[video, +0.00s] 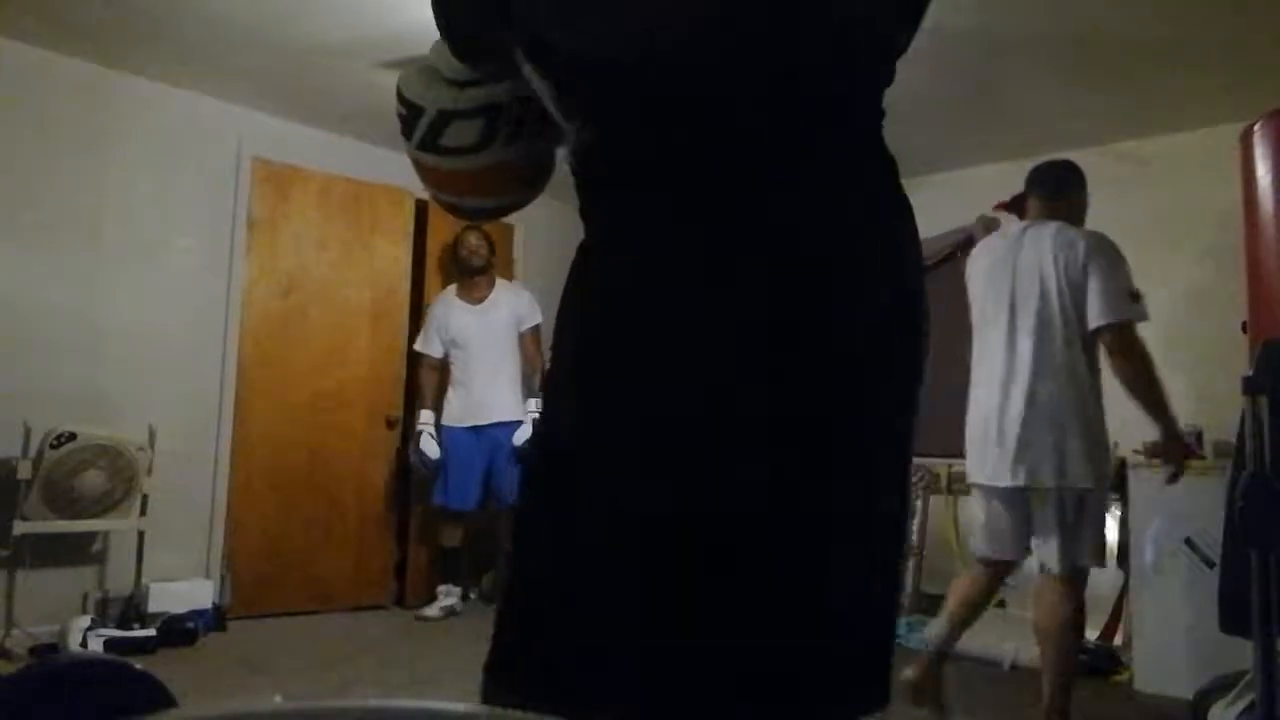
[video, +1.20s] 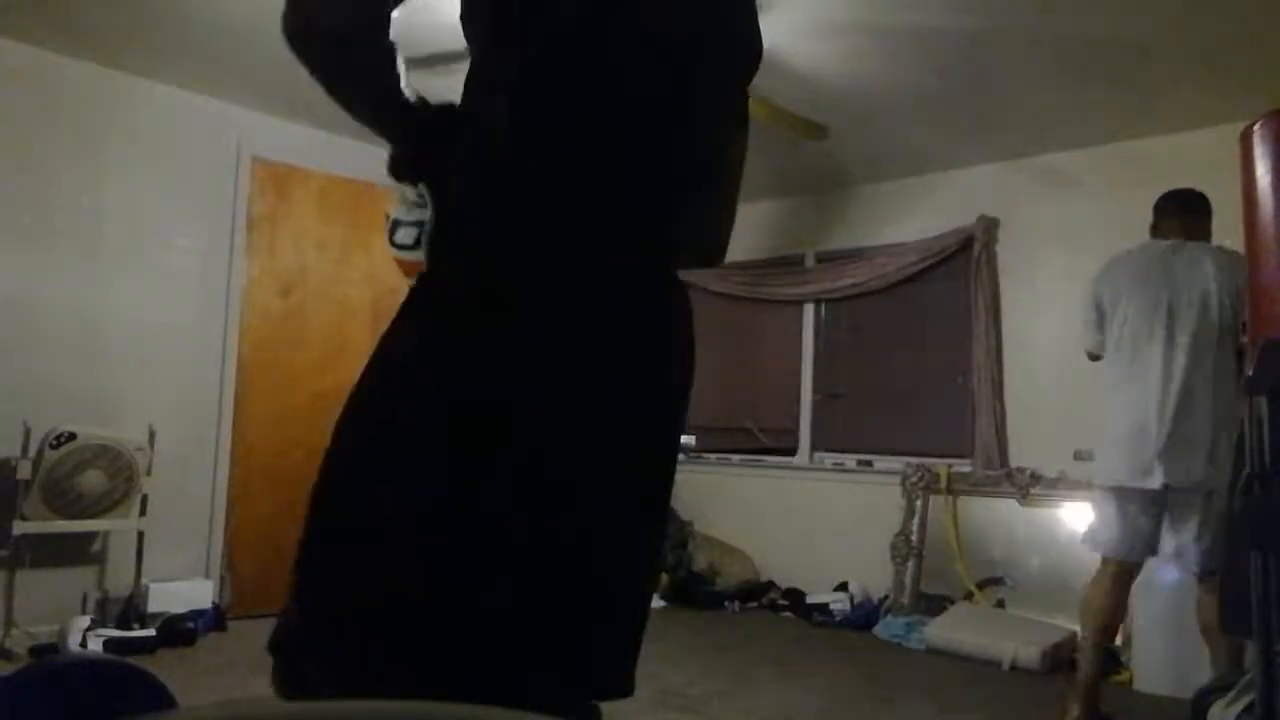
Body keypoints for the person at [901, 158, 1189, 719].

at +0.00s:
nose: (1082, 211)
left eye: (1078, 203)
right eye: (1082, 203)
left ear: (1025, 202)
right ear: (1077, 201)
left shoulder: (982, 255)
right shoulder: (1088, 248)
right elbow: (1119, 344)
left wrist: (1002, 230)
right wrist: (1168, 428)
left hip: (989, 438)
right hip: (1066, 442)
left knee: (994, 557)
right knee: (1064, 577)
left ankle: (925, 661)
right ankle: (1055, 706)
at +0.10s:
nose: (1100, 215)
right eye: (1100, 207)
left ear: (1040, 202)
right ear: (1094, 203)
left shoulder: (998, 258)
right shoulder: (1104, 247)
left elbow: (994, 339)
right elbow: (1140, 343)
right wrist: (1195, 420)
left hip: (1001, 441)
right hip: (1073, 445)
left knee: (1015, 559)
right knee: (1069, 574)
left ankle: (970, 677)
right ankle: (1055, 706)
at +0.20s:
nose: (1114, 217)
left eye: (1112, 210)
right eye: (1114, 209)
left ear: (1053, 206)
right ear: (1107, 204)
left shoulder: (1010, 260)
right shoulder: (1117, 250)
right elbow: (1154, 345)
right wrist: (1212, 422)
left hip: (1012, 443)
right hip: (1085, 446)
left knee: (1032, 575)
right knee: (1075, 579)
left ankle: (1031, 703)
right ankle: (1054, 709)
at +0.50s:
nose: (1135, 230)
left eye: (1133, 223)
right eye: (1134, 221)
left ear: (1075, 217)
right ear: (1124, 214)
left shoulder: (1044, 264)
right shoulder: (1132, 255)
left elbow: (1053, 349)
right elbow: (1152, 346)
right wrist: (1193, 432)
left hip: (1046, 446)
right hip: (1110, 447)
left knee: (1071, 570)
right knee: (1104, 575)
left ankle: (1075, 695)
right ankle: (1061, 701)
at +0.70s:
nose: (1146, 232)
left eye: (1143, 225)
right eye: (1144, 224)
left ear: (1088, 224)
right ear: (1135, 221)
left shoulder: (1059, 268)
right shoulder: (1139, 259)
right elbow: (1152, 346)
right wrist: (1189, 433)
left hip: (1061, 449)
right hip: (1126, 450)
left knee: (1082, 561)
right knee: (1164, 565)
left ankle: (1079, 695)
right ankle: (1112, 677)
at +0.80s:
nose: (1157, 232)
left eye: (1155, 225)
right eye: (1154, 224)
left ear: (1099, 223)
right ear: (1143, 220)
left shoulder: (1065, 267)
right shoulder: (1149, 259)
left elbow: (1076, 354)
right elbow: (1161, 348)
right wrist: (1197, 434)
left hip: (1071, 451)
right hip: (1142, 452)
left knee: (1084, 563)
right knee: (1179, 568)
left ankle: (1078, 700)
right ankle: (1164, 697)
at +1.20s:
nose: (1206, 239)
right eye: (1207, 230)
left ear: (1153, 226)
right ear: (1206, 226)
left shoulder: (1118, 268)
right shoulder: (1231, 268)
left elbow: (1095, 345)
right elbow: (1248, 348)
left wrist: (1152, 331)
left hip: (1128, 448)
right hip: (1207, 451)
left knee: (1115, 568)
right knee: (1213, 581)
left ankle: (1083, 701)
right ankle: (1229, 698)